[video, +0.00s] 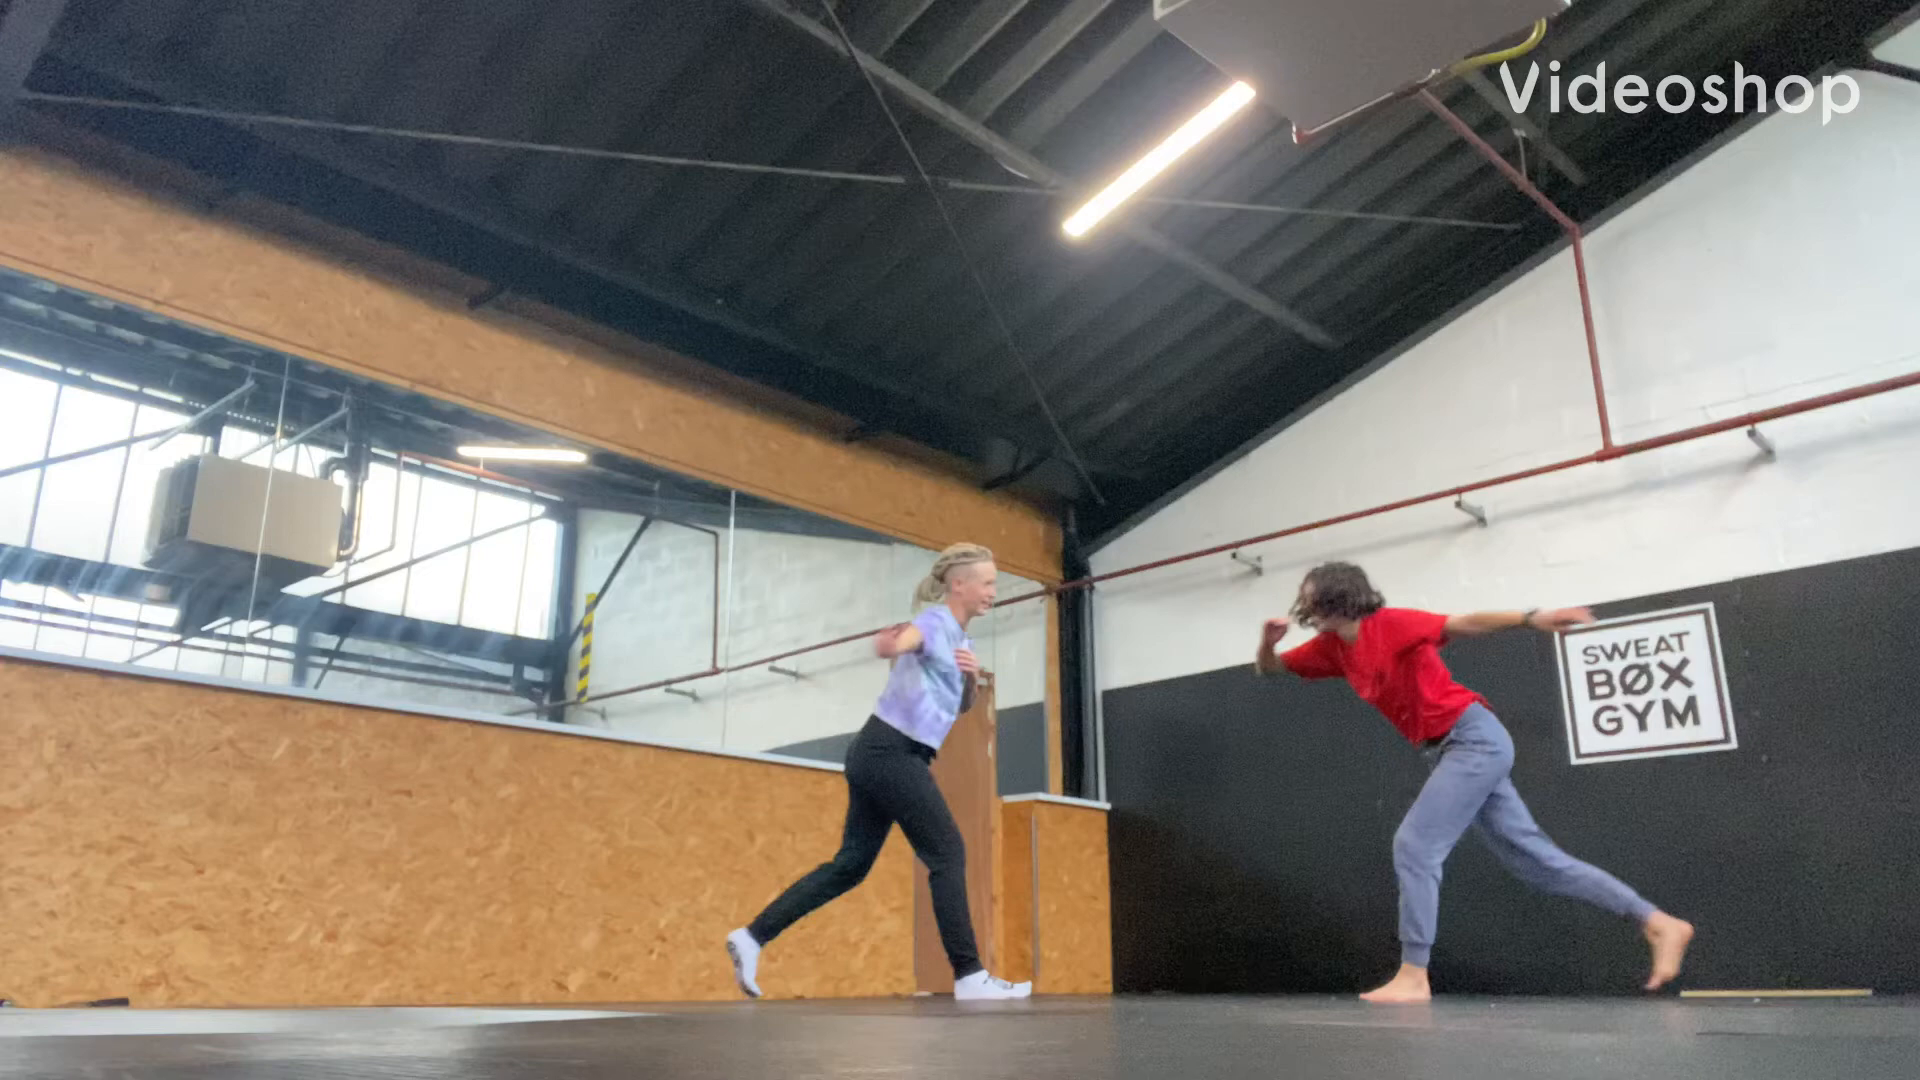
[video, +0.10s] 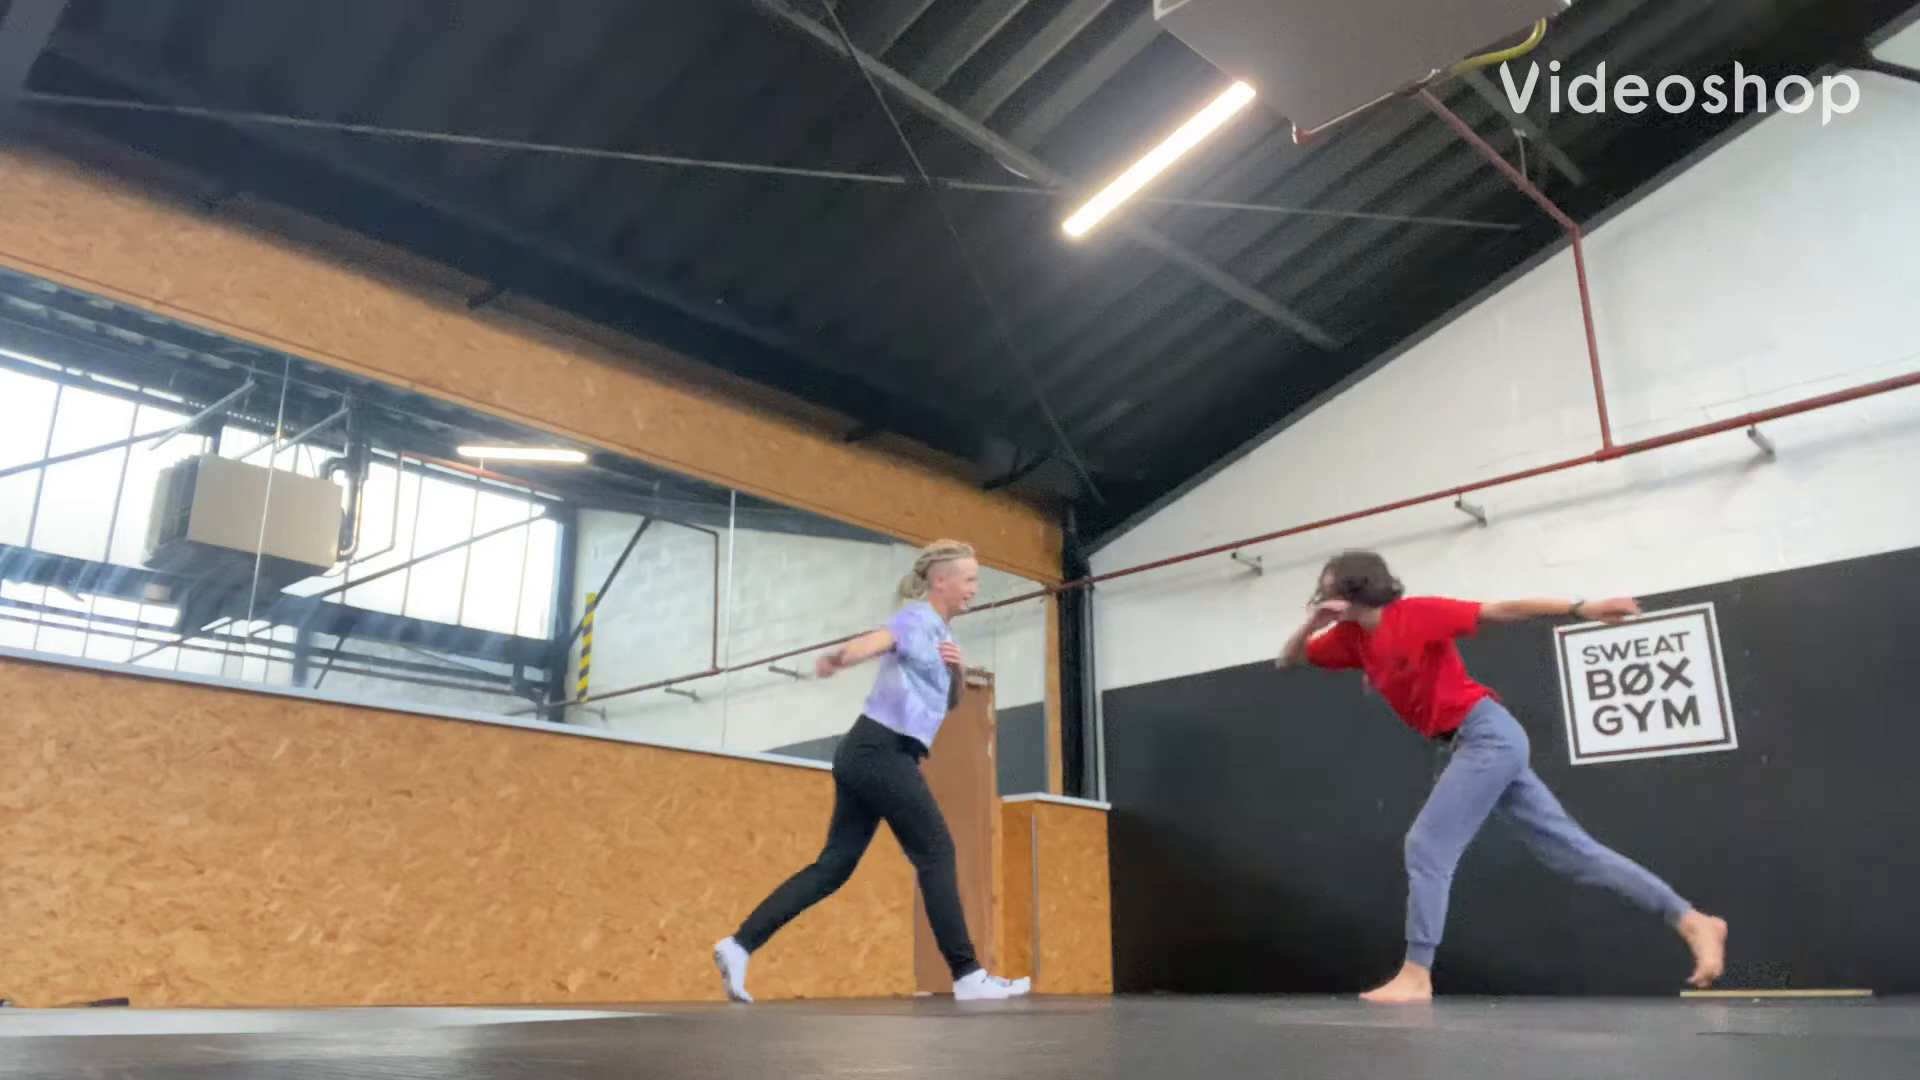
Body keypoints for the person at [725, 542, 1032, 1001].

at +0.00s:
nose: (994, 594)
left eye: (995, 585)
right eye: (988, 584)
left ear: (969, 587)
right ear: (957, 585)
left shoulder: (958, 637)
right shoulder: (935, 621)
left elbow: (963, 706)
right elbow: (899, 643)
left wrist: (973, 681)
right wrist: (892, 644)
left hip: (889, 754)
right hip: (889, 753)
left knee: (850, 865)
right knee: (947, 852)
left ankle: (751, 938)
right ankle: (970, 977)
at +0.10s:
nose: (974, 590)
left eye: (975, 581)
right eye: (967, 581)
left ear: (947, 584)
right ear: (938, 581)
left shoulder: (940, 634)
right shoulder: (918, 619)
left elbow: (949, 703)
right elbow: (879, 641)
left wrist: (958, 672)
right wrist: (843, 656)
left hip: (873, 753)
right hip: (881, 752)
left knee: (834, 867)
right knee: (936, 851)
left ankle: (739, 946)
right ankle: (968, 977)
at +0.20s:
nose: (949, 596)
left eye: (950, 588)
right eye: (943, 587)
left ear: (920, 590)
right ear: (915, 588)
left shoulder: (910, 641)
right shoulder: (888, 626)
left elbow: (920, 713)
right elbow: (834, 664)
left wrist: (930, 675)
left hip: (846, 763)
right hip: (863, 762)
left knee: (809, 876)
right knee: (933, 852)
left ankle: (715, 959)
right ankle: (968, 977)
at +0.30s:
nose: (935, 607)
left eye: (936, 598)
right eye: (929, 596)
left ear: (911, 599)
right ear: (900, 596)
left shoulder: (896, 651)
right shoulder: (869, 636)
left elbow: (886, 722)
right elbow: (818, 689)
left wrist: (908, 705)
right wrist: (768, 742)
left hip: (836, 772)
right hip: (849, 769)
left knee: (803, 886)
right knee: (936, 848)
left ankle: (709, 967)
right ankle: (969, 975)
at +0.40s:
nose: (939, 605)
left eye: (941, 596)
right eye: (932, 595)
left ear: (914, 598)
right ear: (902, 594)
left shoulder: (902, 652)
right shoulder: (870, 636)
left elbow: (892, 727)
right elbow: (824, 693)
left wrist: (914, 703)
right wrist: (786, 751)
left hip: (843, 773)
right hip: (854, 769)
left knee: (806, 885)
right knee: (941, 846)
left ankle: (710, 965)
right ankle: (969, 974)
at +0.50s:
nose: (957, 599)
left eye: (958, 591)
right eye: (951, 589)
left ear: (930, 591)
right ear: (924, 588)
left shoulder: (931, 652)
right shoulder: (890, 633)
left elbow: (949, 713)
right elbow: (846, 686)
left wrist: (951, 678)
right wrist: (821, 740)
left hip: (868, 764)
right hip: (866, 758)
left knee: (815, 872)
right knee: (950, 846)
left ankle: (718, 958)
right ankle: (967, 975)